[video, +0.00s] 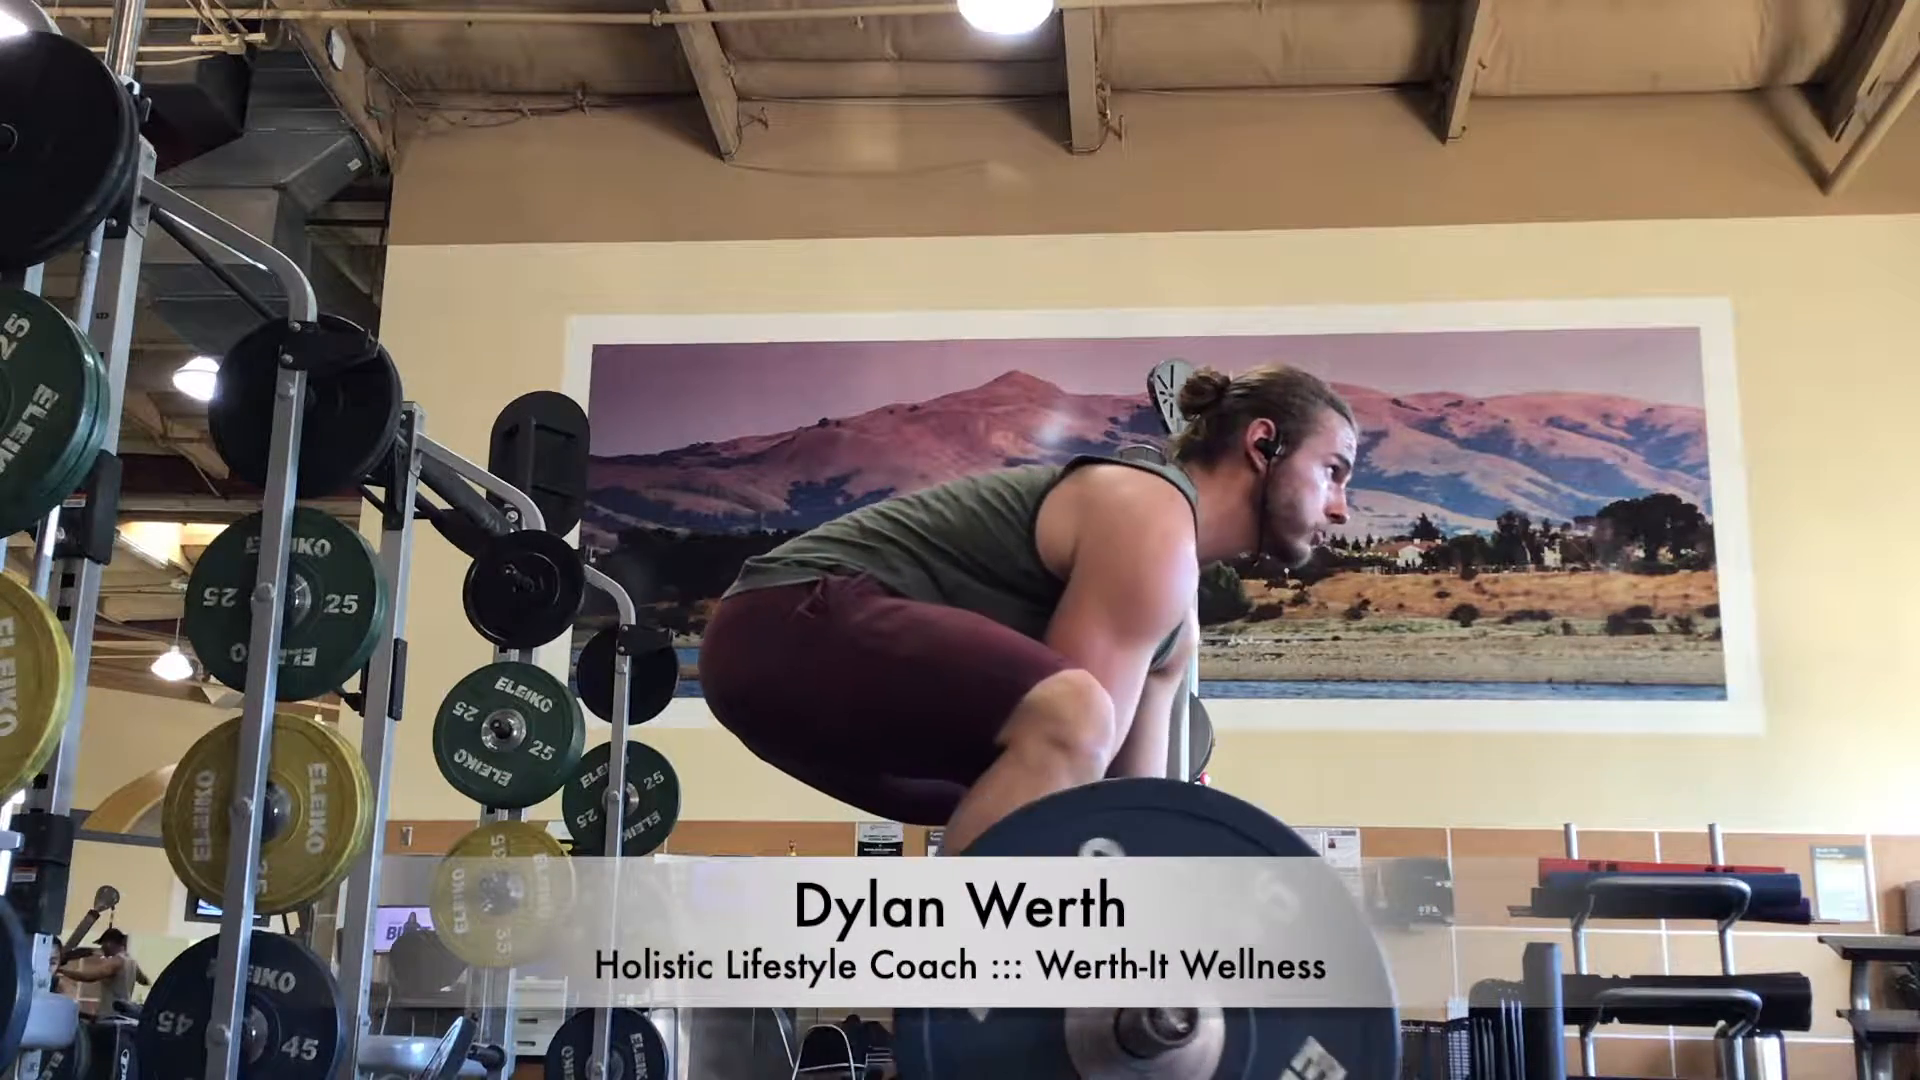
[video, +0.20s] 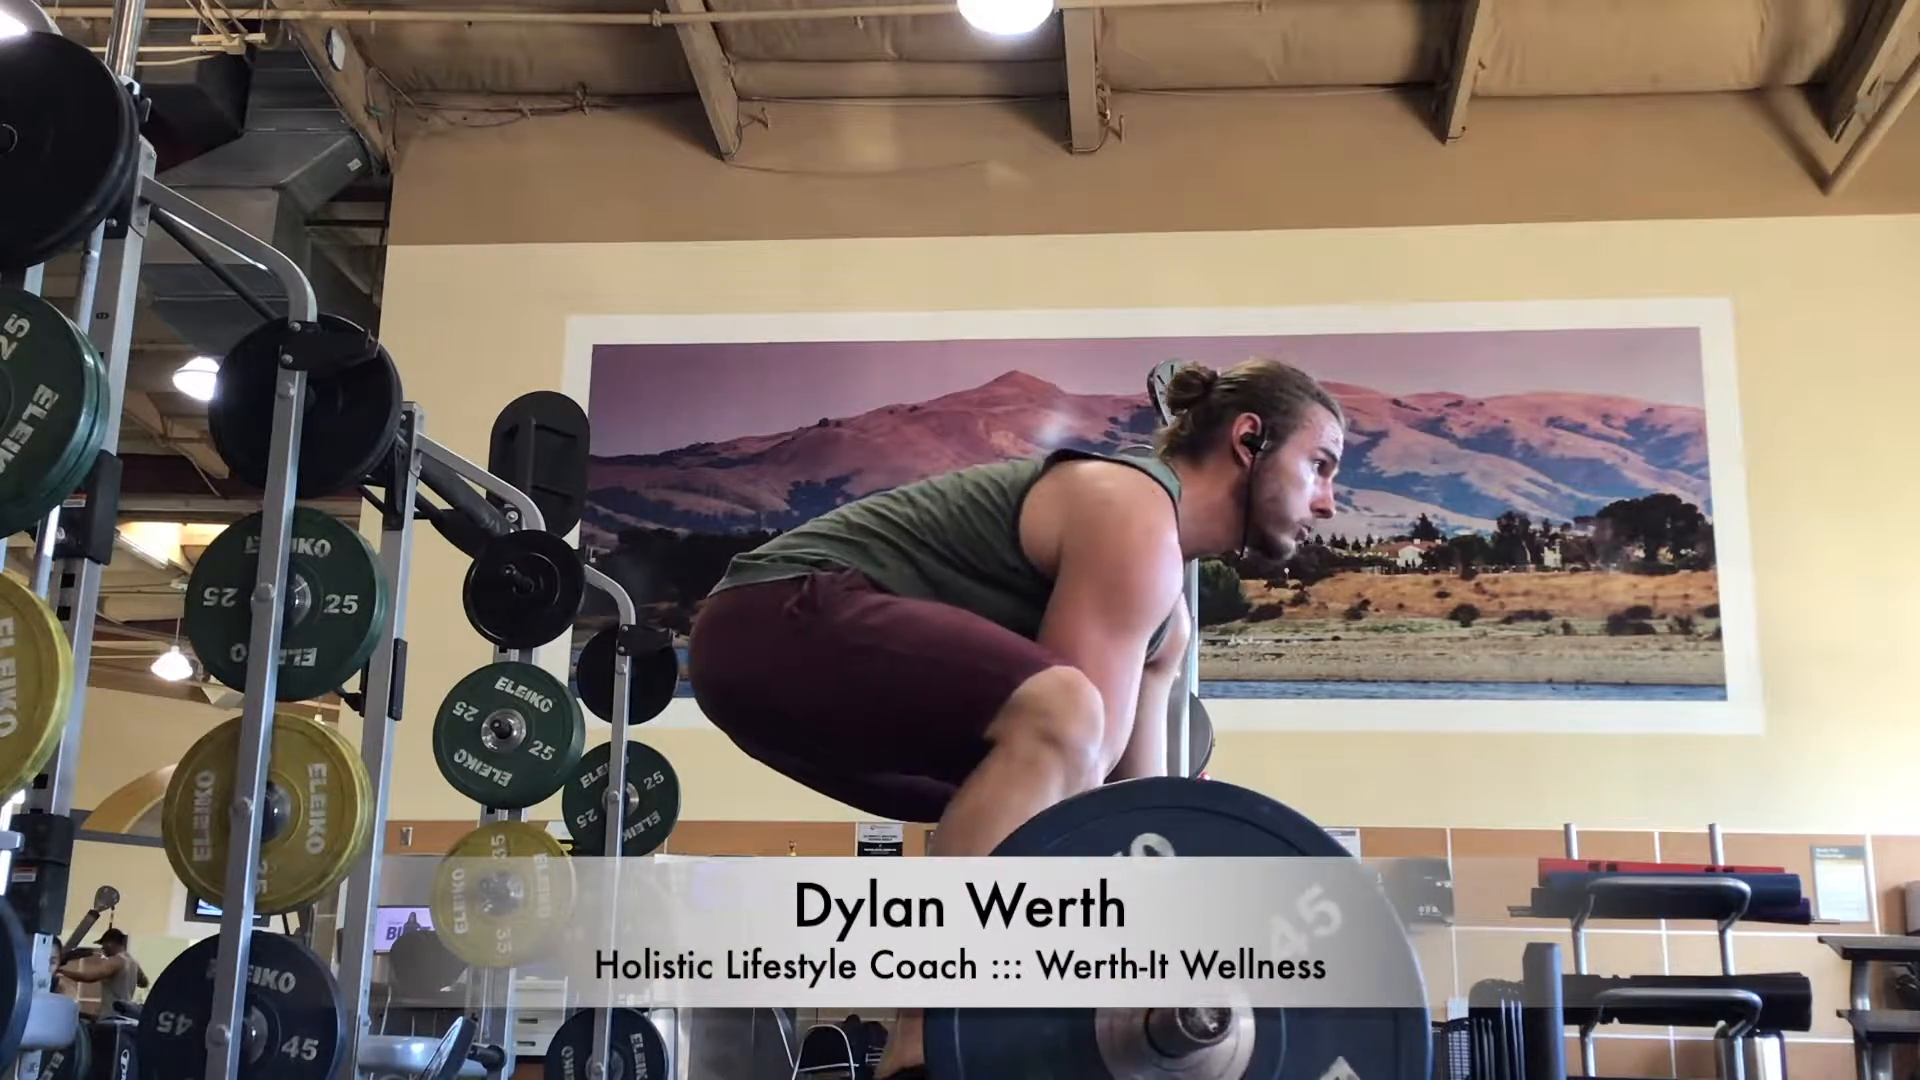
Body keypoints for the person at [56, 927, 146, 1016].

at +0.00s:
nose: (102, 948)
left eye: (103, 944)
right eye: (101, 944)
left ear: (112, 943)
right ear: (121, 944)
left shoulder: (115, 961)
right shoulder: (132, 963)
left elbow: (88, 977)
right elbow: (144, 981)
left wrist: (61, 971)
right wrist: (131, 970)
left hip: (106, 1017)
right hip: (123, 1017)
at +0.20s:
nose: (103, 949)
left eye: (104, 945)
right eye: (102, 945)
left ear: (113, 943)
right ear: (120, 943)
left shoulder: (116, 961)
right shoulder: (132, 962)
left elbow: (88, 977)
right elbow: (144, 983)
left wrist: (61, 971)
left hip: (107, 1017)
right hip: (124, 1018)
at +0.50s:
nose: (107, 947)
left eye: (108, 943)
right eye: (107, 943)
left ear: (109, 944)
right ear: (124, 942)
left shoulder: (118, 961)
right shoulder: (132, 962)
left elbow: (89, 978)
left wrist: (62, 971)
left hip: (111, 1016)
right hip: (126, 1016)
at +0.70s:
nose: (108, 947)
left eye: (108, 943)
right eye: (108, 943)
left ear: (109, 944)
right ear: (124, 943)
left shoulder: (119, 961)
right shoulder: (132, 962)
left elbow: (87, 977)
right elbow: (119, 984)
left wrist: (61, 971)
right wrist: (98, 989)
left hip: (110, 1017)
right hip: (126, 1016)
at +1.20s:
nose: (107, 950)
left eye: (107, 947)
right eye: (106, 947)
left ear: (110, 946)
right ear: (123, 944)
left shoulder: (119, 961)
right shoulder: (131, 962)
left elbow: (89, 977)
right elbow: (110, 988)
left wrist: (60, 971)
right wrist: (83, 987)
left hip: (111, 1018)